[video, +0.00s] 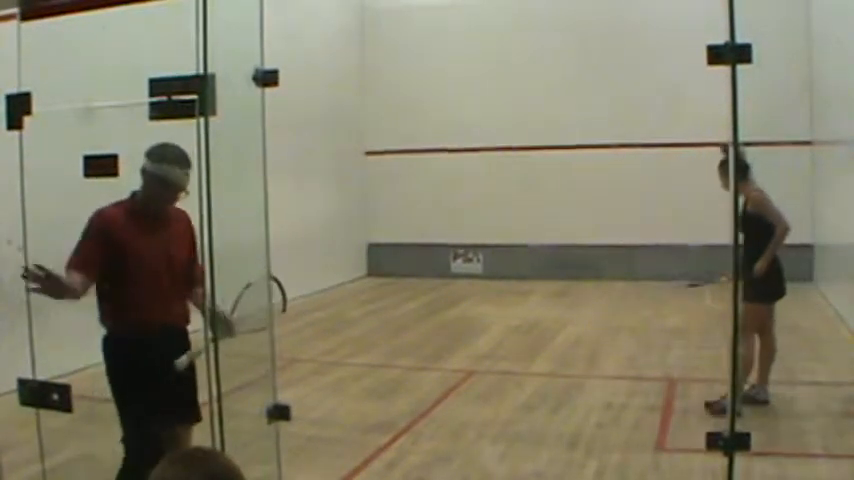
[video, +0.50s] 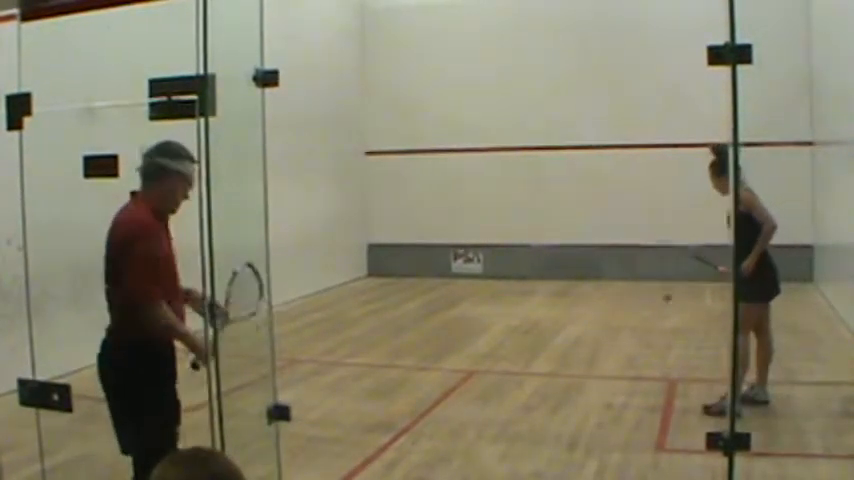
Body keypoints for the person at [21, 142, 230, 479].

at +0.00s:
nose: (173, 196)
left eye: (179, 189)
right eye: (167, 186)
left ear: (183, 188)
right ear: (146, 177)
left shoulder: (180, 222)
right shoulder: (109, 222)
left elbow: (193, 283)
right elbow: (79, 280)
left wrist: (213, 314)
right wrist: (61, 287)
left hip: (173, 340)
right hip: (128, 346)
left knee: (179, 443)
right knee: (144, 450)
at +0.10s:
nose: (180, 202)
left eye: (184, 195)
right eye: (174, 193)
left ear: (184, 193)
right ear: (150, 184)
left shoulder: (176, 226)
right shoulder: (107, 228)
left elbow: (190, 284)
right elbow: (86, 289)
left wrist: (211, 315)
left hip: (173, 345)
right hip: (129, 348)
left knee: (184, 437)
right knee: (145, 451)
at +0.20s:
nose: (182, 207)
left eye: (184, 200)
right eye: (178, 198)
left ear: (179, 194)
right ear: (153, 187)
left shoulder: (167, 224)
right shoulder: (109, 234)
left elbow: (178, 285)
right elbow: (98, 307)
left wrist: (209, 314)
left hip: (171, 354)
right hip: (127, 359)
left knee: (187, 448)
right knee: (148, 461)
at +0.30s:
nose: (184, 204)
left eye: (187, 196)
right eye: (180, 194)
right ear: (154, 186)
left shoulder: (162, 225)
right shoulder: (114, 232)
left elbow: (171, 284)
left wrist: (204, 310)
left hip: (165, 355)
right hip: (126, 358)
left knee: (183, 450)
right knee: (149, 461)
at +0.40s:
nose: (184, 199)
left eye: (187, 191)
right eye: (180, 189)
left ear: (172, 187)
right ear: (156, 181)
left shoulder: (153, 222)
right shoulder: (126, 229)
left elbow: (163, 288)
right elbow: (134, 307)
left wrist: (202, 306)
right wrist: (185, 332)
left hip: (155, 350)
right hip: (130, 355)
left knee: (176, 440)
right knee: (151, 456)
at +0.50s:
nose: (187, 195)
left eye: (189, 187)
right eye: (184, 185)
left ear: (164, 182)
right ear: (163, 180)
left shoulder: (152, 220)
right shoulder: (139, 226)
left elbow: (157, 286)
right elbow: (148, 304)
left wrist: (194, 299)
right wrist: (192, 341)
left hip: (147, 350)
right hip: (136, 354)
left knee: (158, 454)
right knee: (153, 456)